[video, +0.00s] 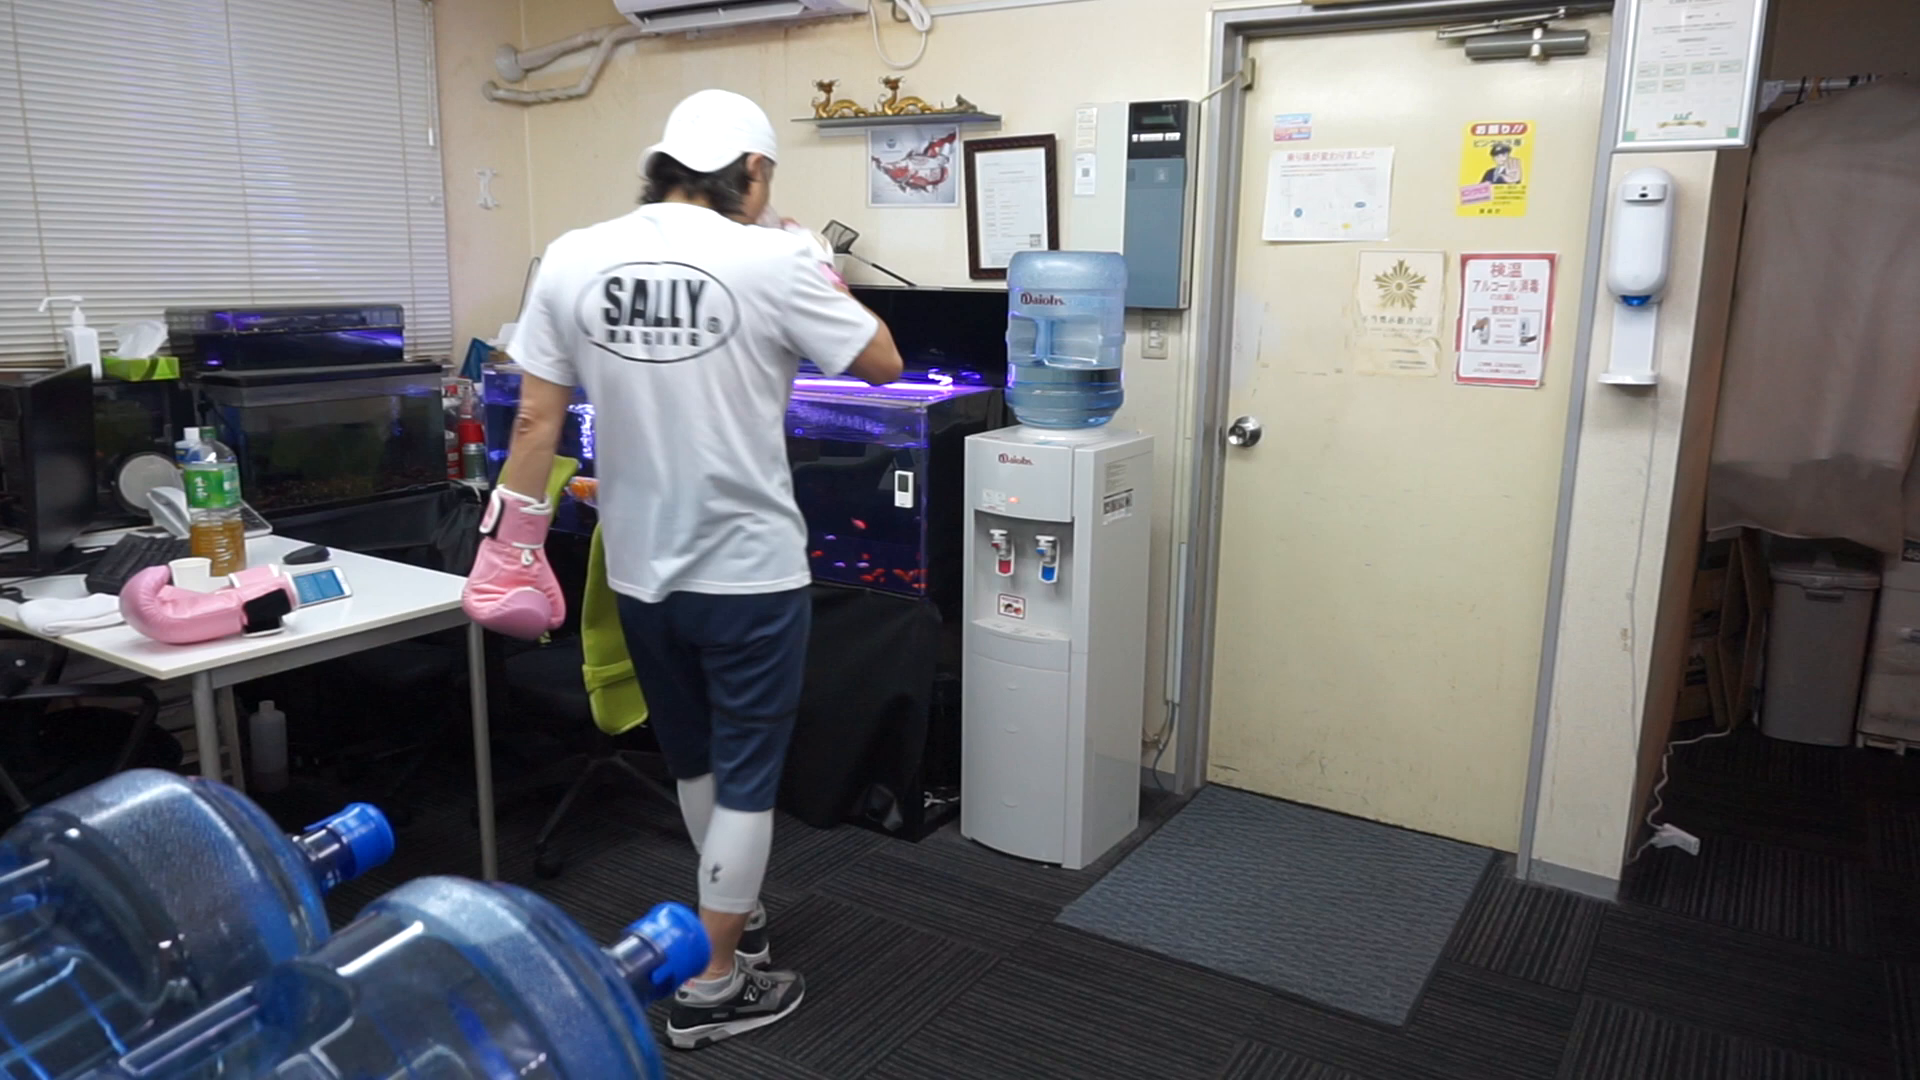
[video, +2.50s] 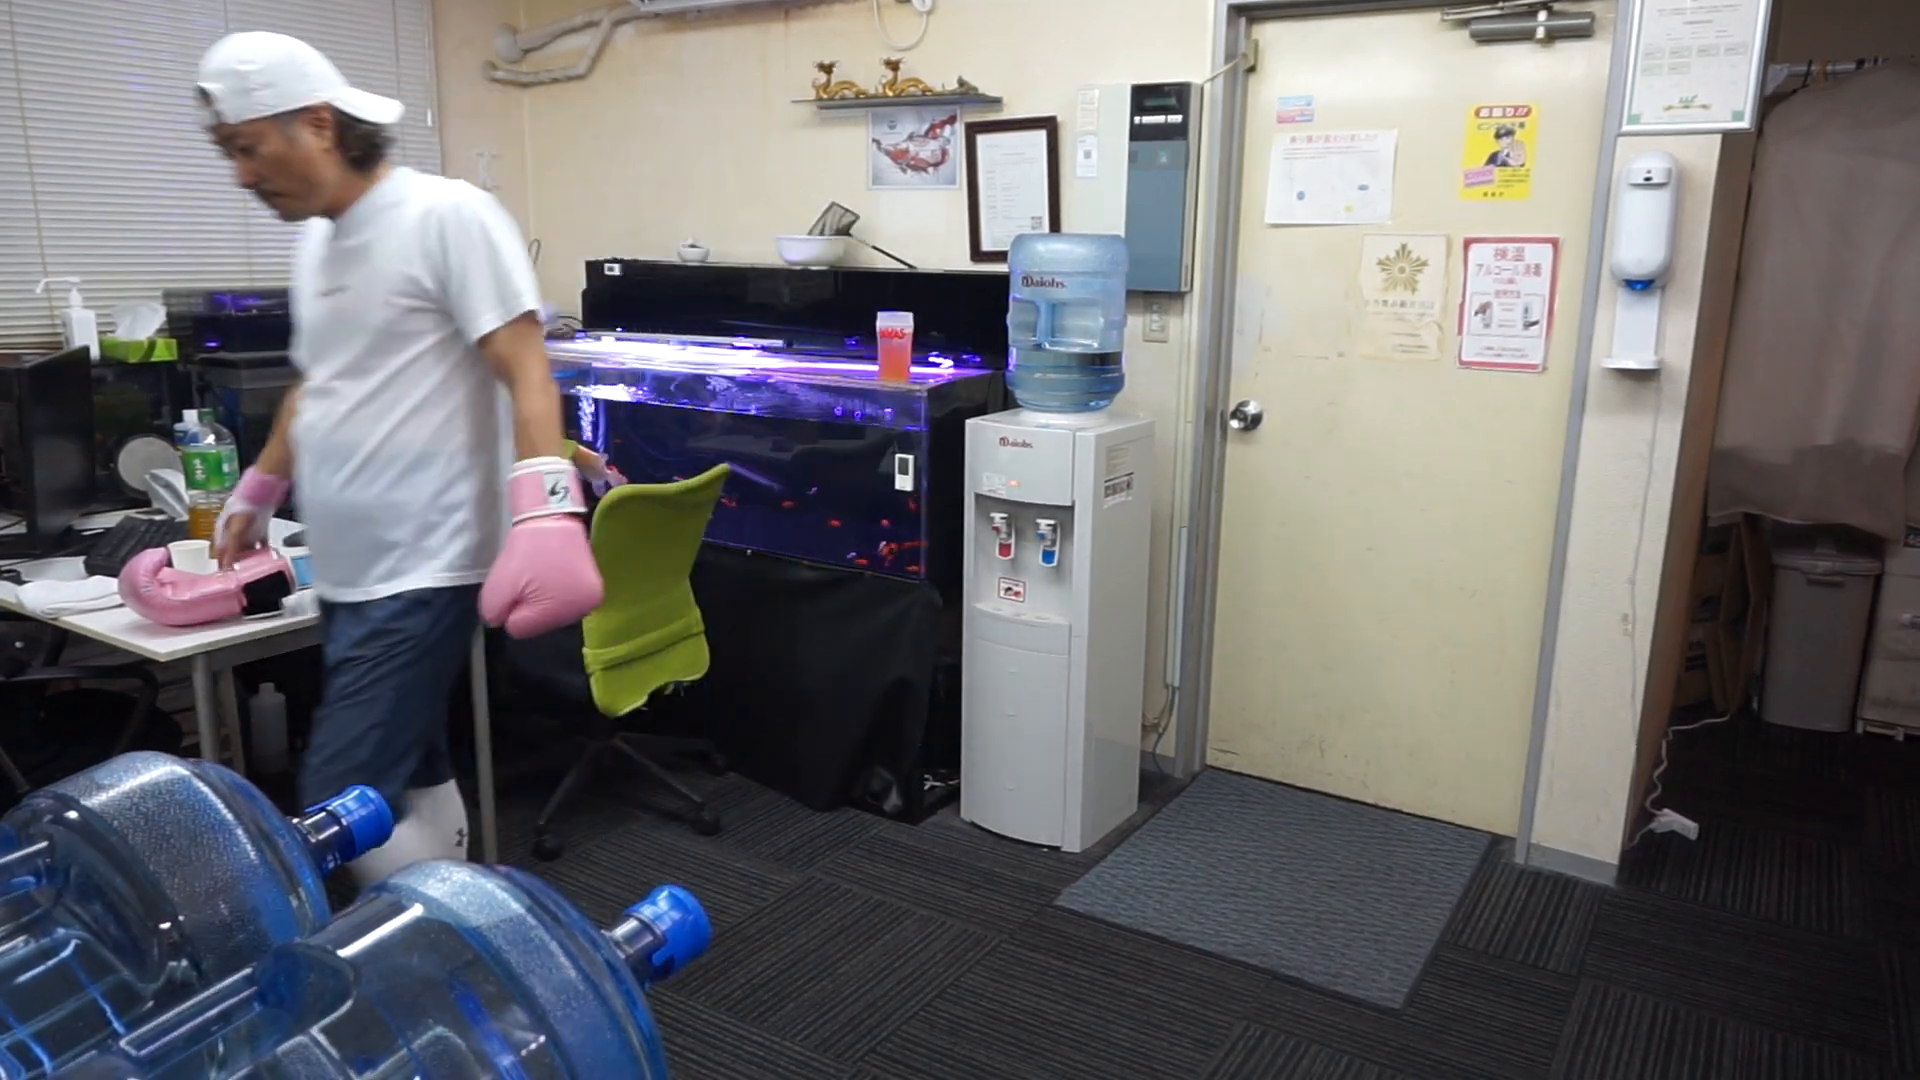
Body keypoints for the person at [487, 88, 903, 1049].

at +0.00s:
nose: (769, 194)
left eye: (770, 181)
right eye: (768, 179)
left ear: (662, 169)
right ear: (749, 173)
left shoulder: (571, 260)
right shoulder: (769, 263)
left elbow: (539, 423)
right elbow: (882, 364)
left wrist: (508, 548)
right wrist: (811, 265)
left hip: (638, 567)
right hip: (748, 565)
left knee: (691, 755)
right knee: (747, 770)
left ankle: (733, 912)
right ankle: (712, 985)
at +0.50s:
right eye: (800, 167)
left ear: (715, 170)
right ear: (799, 169)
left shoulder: (668, 245)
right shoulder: (858, 249)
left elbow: (633, 405)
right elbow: (924, 378)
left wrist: (619, 475)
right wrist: (865, 342)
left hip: (718, 538)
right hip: (826, 531)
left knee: (721, 727)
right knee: (850, 698)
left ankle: (740, 907)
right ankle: (894, 869)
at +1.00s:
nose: (770, 186)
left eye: (770, 176)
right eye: (775, 175)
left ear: (778, 170)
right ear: (853, 165)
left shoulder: (777, 215)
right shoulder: (917, 244)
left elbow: (761, 357)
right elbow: (957, 377)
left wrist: (723, 479)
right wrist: (881, 368)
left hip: (792, 517)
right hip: (885, 519)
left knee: (760, 707)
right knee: (882, 688)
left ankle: (751, 897)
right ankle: (895, 864)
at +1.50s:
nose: (671, 185)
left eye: (673, 166)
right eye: (669, 168)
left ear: (707, 154)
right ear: (752, 154)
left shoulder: (725, 226)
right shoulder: (840, 230)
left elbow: (726, 384)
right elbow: (903, 358)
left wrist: (674, 503)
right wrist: (819, 389)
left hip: (745, 529)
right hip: (822, 526)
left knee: (729, 725)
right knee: (834, 690)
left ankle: (755, 912)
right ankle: (891, 857)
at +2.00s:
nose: (493, 198)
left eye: (494, 175)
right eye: (485, 181)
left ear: (537, 154)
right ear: (554, 156)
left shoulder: (609, 241)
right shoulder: (649, 227)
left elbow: (613, 418)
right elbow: (716, 356)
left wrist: (563, 552)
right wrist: (647, 451)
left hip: (648, 557)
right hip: (623, 552)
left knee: (698, 745)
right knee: (550, 724)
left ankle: (756, 911)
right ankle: (496, 903)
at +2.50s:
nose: (241, 176)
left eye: (248, 150)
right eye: (231, 157)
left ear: (318, 125)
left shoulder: (450, 217)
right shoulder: (315, 244)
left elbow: (529, 373)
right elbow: (315, 387)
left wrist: (542, 512)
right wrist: (256, 497)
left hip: (426, 574)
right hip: (347, 577)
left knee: (339, 809)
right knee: (419, 793)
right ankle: (459, 973)